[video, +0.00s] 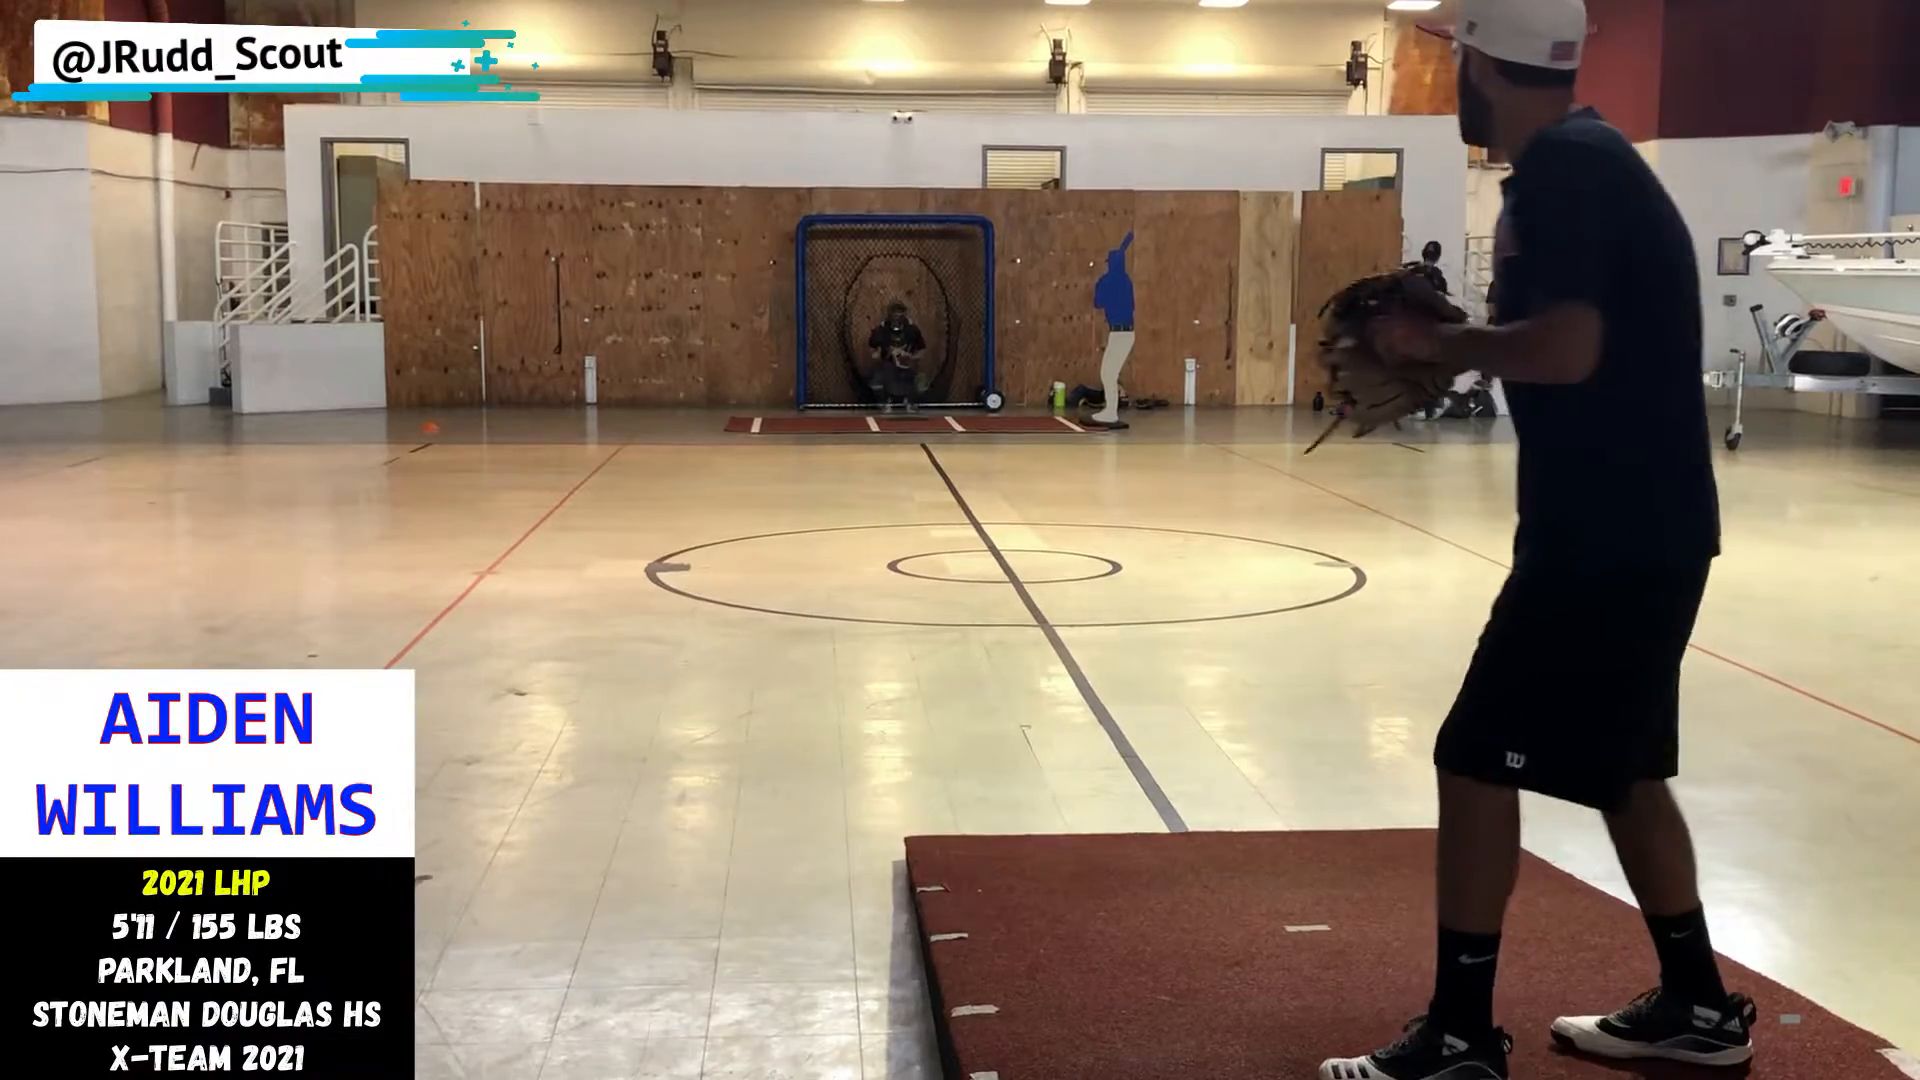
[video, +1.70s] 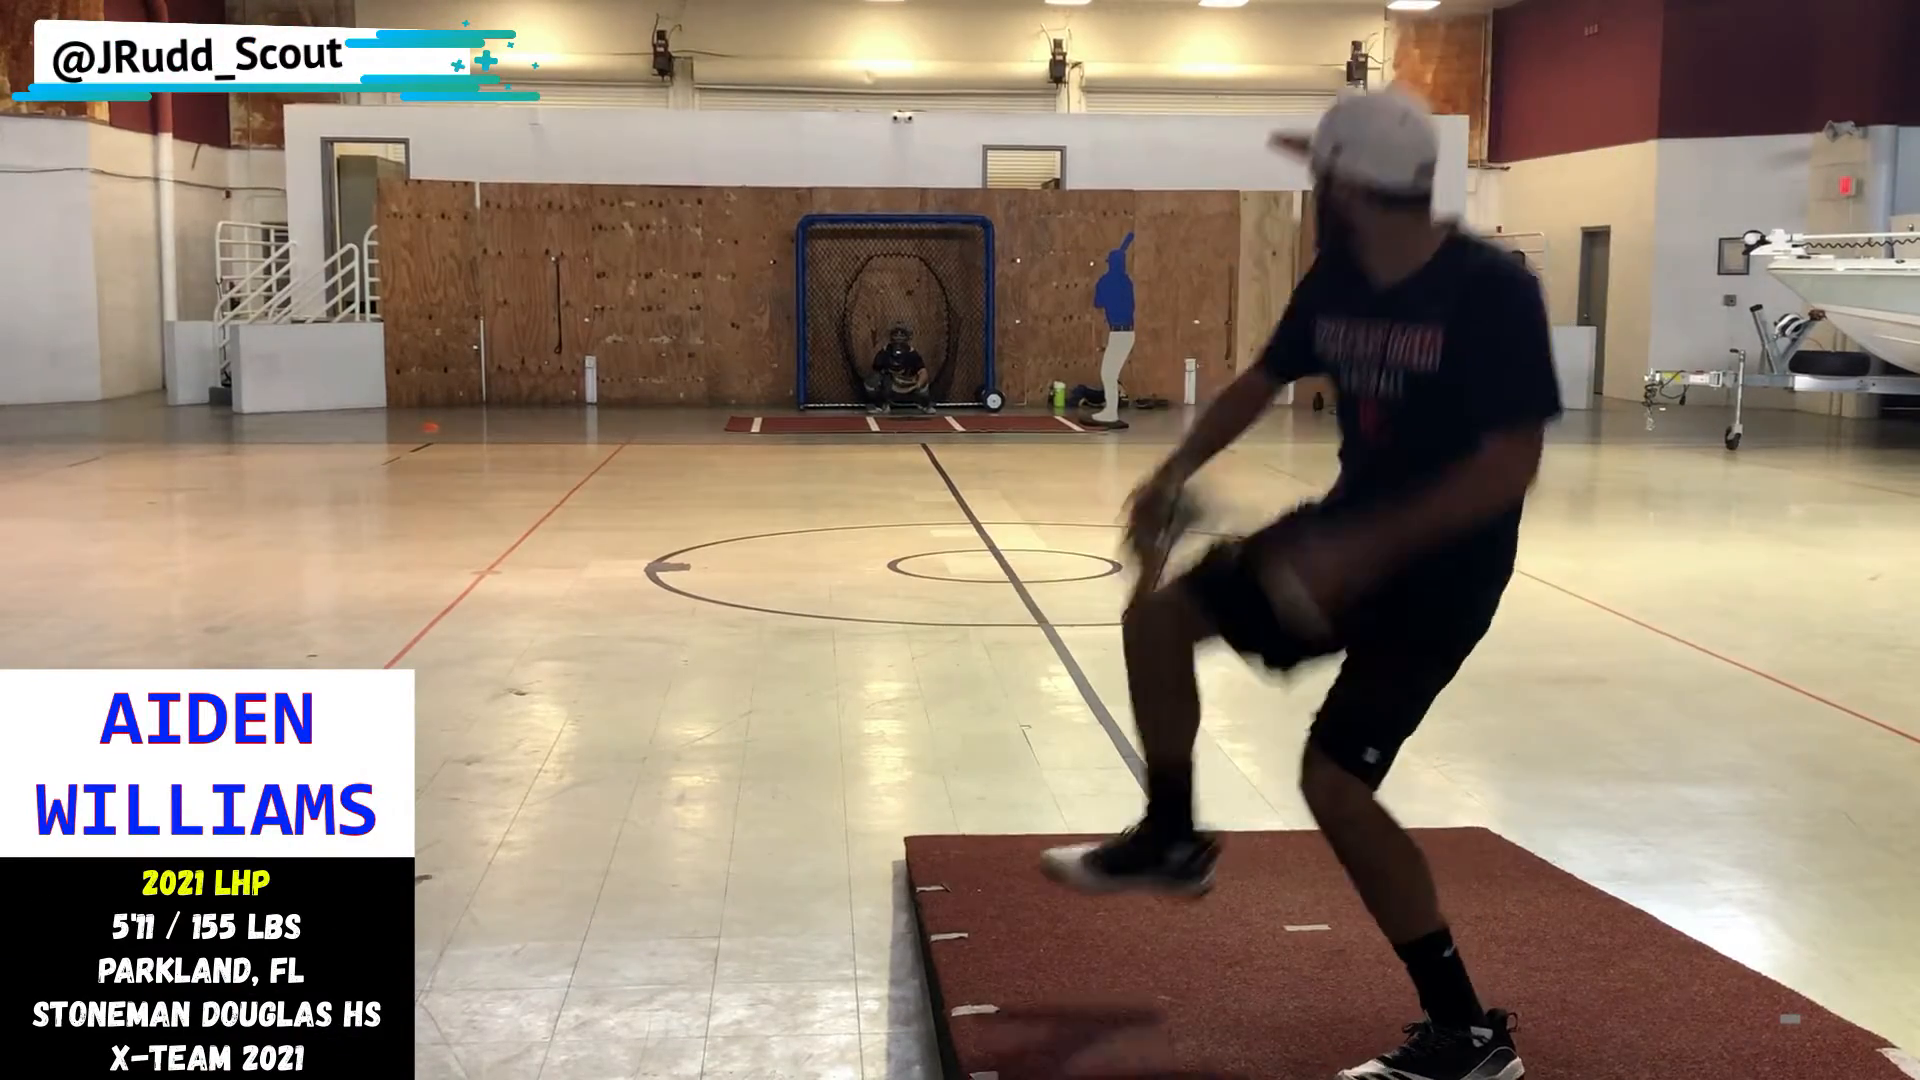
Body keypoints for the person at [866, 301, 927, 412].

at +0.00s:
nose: (898, 318)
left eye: (901, 315)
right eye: (895, 315)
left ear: (904, 315)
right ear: (889, 315)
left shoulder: (912, 330)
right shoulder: (880, 331)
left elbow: (922, 350)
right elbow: (874, 352)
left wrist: (910, 356)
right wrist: (887, 353)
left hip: (906, 365)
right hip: (888, 366)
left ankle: (909, 400)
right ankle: (887, 402)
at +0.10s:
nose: (897, 319)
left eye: (900, 315)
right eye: (894, 315)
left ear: (904, 314)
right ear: (888, 314)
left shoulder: (912, 327)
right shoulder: (880, 329)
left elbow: (923, 348)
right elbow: (871, 346)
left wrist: (913, 356)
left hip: (908, 361)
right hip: (889, 362)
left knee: (920, 372)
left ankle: (916, 400)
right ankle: (884, 400)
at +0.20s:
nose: (896, 326)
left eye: (899, 323)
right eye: (893, 323)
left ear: (904, 321)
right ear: (888, 321)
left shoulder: (912, 333)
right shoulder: (881, 333)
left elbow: (925, 355)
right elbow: (870, 353)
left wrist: (911, 360)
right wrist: (869, 372)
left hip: (909, 368)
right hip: (889, 369)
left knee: (924, 376)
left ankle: (923, 402)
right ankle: (881, 403)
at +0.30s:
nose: (896, 336)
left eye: (899, 332)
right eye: (893, 332)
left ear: (905, 331)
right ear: (888, 332)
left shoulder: (911, 343)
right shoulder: (881, 344)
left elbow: (929, 361)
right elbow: (869, 365)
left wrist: (911, 366)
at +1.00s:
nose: (900, 344)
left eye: (903, 341)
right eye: (897, 341)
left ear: (908, 340)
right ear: (892, 340)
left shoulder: (914, 352)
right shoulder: (884, 353)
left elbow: (925, 369)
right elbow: (878, 372)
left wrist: (920, 377)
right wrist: (893, 377)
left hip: (911, 382)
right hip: (892, 384)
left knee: (923, 386)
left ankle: (926, 405)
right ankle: (883, 405)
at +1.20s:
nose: (899, 344)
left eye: (902, 340)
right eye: (895, 340)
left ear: (907, 340)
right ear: (891, 340)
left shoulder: (913, 353)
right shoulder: (883, 353)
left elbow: (924, 370)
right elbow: (877, 371)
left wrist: (918, 381)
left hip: (910, 385)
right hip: (890, 387)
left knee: (923, 387)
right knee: (872, 381)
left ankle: (925, 405)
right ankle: (881, 405)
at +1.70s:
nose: (898, 343)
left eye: (902, 340)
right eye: (895, 340)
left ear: (907, 340)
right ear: (891, 339)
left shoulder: (912, 354)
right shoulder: (883, 353)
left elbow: (923, 373)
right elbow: (876, 372)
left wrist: (918, 385)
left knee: (924, 387)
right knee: (872, 382)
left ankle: (925, 405)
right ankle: (882, 405)